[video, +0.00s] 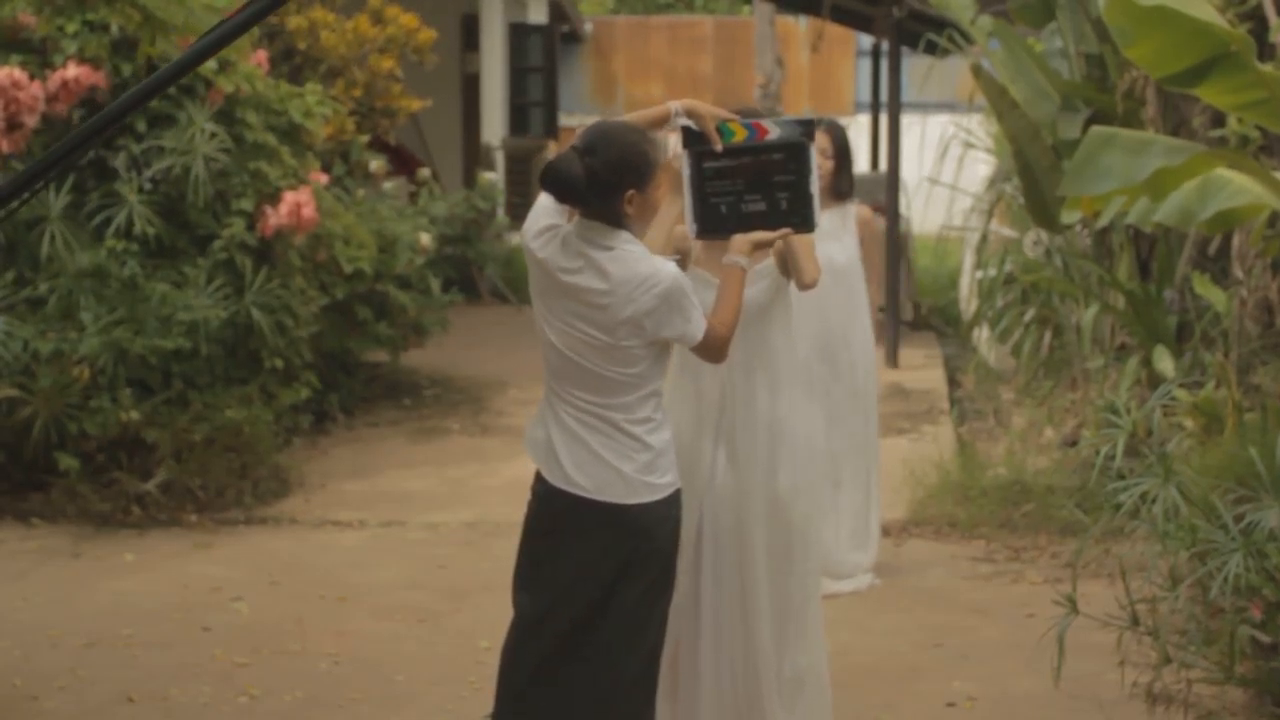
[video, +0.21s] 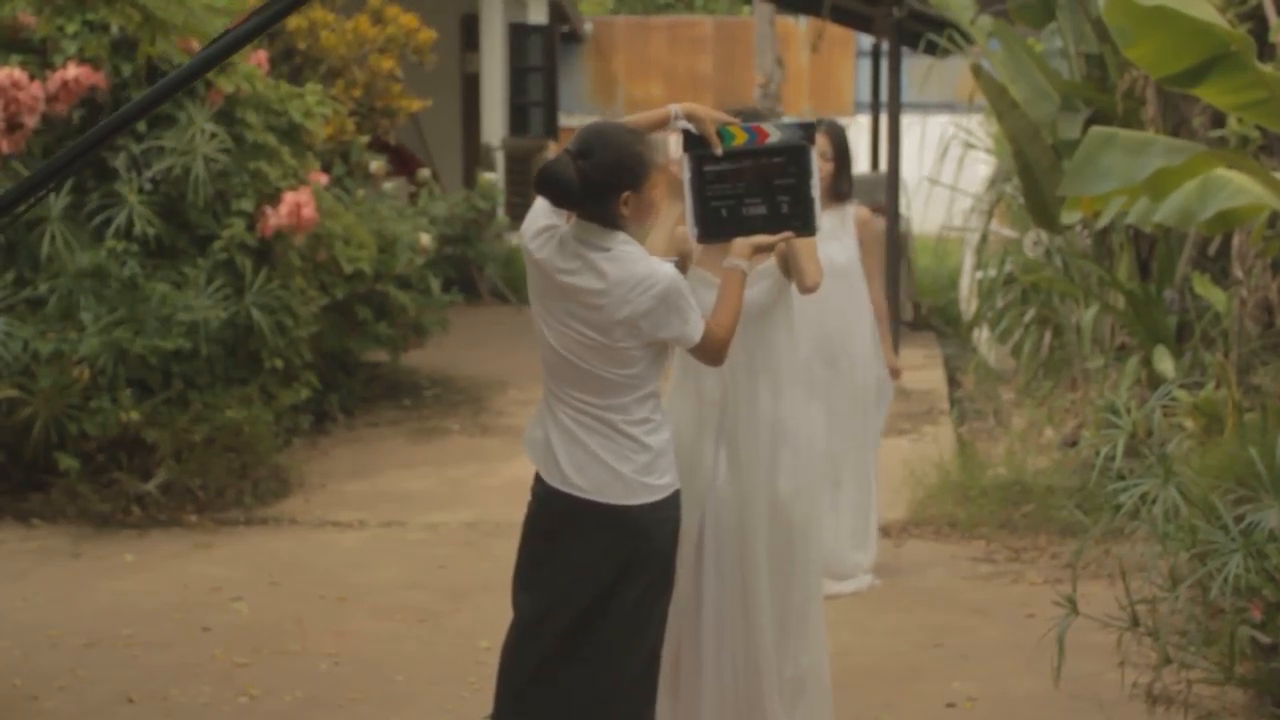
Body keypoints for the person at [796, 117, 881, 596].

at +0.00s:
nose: (817, 164)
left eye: (825, 155)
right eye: (810, 154)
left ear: (841, 164)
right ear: (797, 161)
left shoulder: (860, 219)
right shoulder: (784, 219)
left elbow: (873, 284)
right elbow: (769, 286)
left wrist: (870, 334)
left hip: (843, 348)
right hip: (791, 351)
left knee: (843, 448)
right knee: (794, 450)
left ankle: (845, 557)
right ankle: (794, 556)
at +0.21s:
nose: (818, 168)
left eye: (826, 159)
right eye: (811, 158)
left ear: (841, 166)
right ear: (798, 163)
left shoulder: (860, 220)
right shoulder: (786, 218)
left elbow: (874, 287)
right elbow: (772, 288)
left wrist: (886, 350)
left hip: (849, 351)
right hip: (794, 353)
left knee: (847, 454)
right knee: (797, 455)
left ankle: (846, 559)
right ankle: (799, 559)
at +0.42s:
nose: (817, 168)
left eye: (826, 159)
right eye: (811, 158)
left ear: (840, 166)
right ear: (798, 162)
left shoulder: (858, 219)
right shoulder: (783, 216)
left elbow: (877, 287)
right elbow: (766, 290)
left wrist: (890, 350)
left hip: (846, 353)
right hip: (791, 355)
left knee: (847, 452)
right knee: (795, 455)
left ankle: (847, 558)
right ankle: (797, 558)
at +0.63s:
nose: (819, 170)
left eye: (828, 162)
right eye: (812, 161)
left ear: (841, 168)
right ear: (798, 164)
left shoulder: (858, 220)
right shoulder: (780, 220)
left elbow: (881, 287)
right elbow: (758, 293)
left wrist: (895, 352)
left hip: (843, 355)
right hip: (789, 359)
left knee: (845, 453)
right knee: (793, 457)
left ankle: (847, 560)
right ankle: (794, 561)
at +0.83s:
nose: (819, 169)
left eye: (828, 161)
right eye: (813, 159)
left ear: (843, 168)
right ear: (798, 163)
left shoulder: (856, 219)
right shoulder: (782, 214)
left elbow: (875, 286)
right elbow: (762, 289)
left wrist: (883, 348)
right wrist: (759, 354)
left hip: (841, 353)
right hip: (788, 354)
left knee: (841, 453)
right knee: (792, 456)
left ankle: (844, 558)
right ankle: (792, 559)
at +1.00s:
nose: (817, 165)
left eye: (827, 158)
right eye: (812, 155)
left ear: (843, 167)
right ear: (799, 161)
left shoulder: (856, 220)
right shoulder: (783, 214)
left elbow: (866, 293)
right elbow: (762, 291)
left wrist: (856, 360)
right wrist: (759, 357)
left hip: (834, 352)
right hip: (785, 353)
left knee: (836, 456)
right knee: (787, 456)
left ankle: (840, 558)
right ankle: (788, 560)